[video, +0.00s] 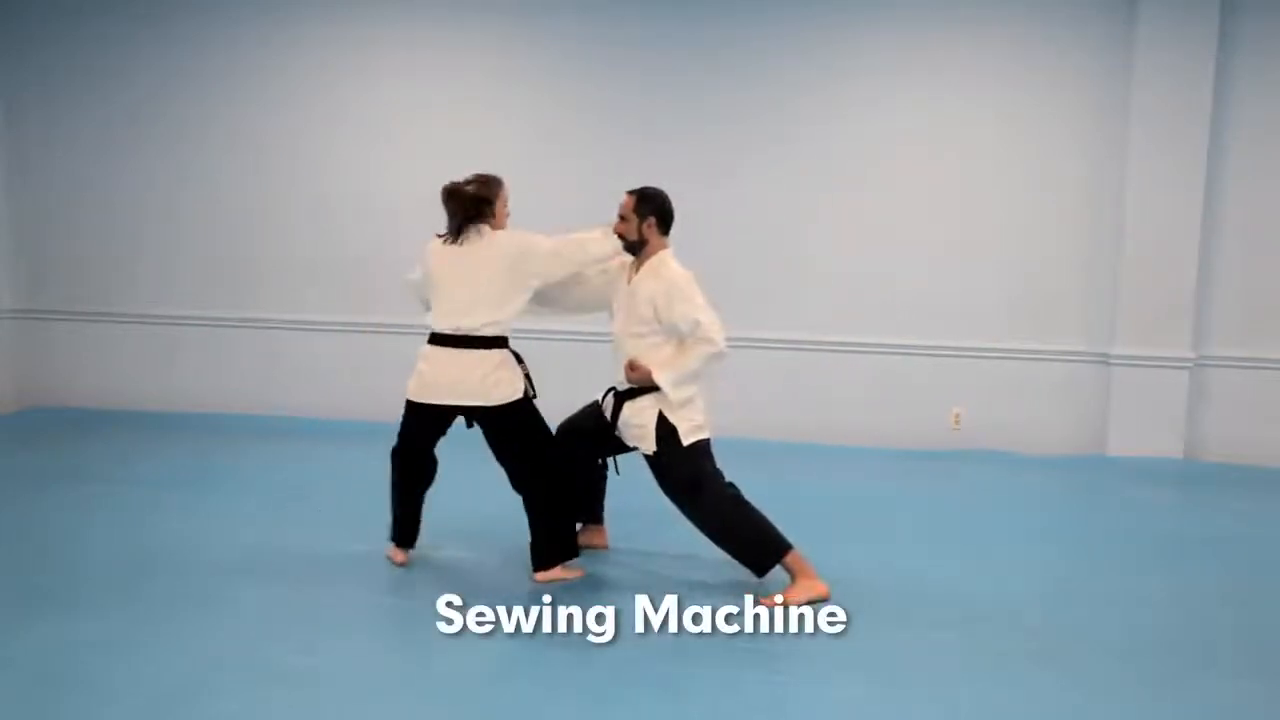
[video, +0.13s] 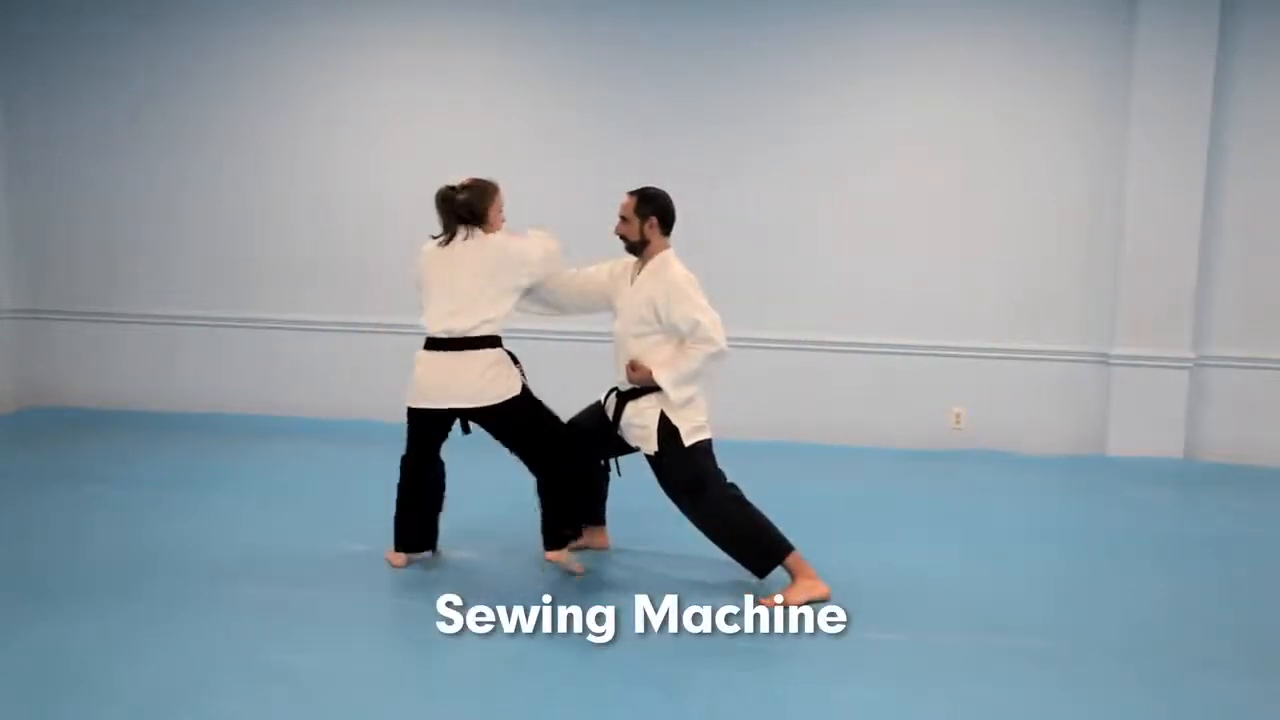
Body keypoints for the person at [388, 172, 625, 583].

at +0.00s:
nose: (509, 212)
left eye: (507, 204)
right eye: (505, 206)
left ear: (463, 210)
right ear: (491, 210)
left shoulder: (437, 250)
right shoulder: (515, 248)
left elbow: (421, 289)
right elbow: (571, 252)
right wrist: (617, 236)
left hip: (435, 376)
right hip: (492, 378)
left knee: (410, 454)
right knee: (538, 465)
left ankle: (400, 544)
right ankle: (549, 562)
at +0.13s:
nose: (503, 216)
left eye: (501, 209)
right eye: (499, 210)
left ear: (458, 215)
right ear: (485, 215)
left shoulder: (430, 253)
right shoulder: (506, 251)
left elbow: (431, 300)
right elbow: (551, 257)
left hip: (432, 382)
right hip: (488, 381)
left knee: (419, 456)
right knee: (554, 448)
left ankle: (405, 547)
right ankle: (557, 545)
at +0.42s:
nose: (523, 232)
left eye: (521, 225)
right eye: (520, 225)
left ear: (483, 233)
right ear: (512, 230)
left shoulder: (464, 272)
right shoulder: (527, 264)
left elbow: (445, 318)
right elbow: (525, 303)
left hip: (475, 399)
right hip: (531, 398)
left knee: (433, 466)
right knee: (601, 457)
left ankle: (401, 549)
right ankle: (648, 551)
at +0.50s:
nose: (552, 229)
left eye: (548, 222)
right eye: (548, 222)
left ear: (511, 232)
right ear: (538, 228)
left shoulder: (494, 274)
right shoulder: (565, 263)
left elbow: (453, 314)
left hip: (501, 396)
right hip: (557, 397)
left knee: (454, 468)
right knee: (620, 467)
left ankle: (406, 548)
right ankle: (654, 563)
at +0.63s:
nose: (590, 213)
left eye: (586, 206)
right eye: (585, 207)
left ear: (551, 222)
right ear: (574, 217)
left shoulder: (533, 268)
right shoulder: (613, 257)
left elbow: (481, 306)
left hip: (534, 385)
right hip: (591, 386)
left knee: (489, 465)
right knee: (635, 466)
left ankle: (434, 546)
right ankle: (659, 562)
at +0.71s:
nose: (607, 209)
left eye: (603, 201)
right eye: (601, 203)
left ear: (564, 215)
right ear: (588, 212)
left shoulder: (541, 258)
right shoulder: (623, 250)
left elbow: (500, 299)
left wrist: (478, 291)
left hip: (542, 377)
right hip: (599, 381)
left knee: (507, 458)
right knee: (637, 464)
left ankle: (470, 548)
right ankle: (661, 562)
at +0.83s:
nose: (610, 206)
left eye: (607, 199)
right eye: (606, 201)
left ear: (569, 210)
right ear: (593, 207)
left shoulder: (545, 253)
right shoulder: (626, 248)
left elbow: (499, 293)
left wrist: (483, 285)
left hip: (545, 373)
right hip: (603, 376)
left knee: (516, 458)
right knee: (637, 464)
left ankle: (479, 548)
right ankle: (659, 560)